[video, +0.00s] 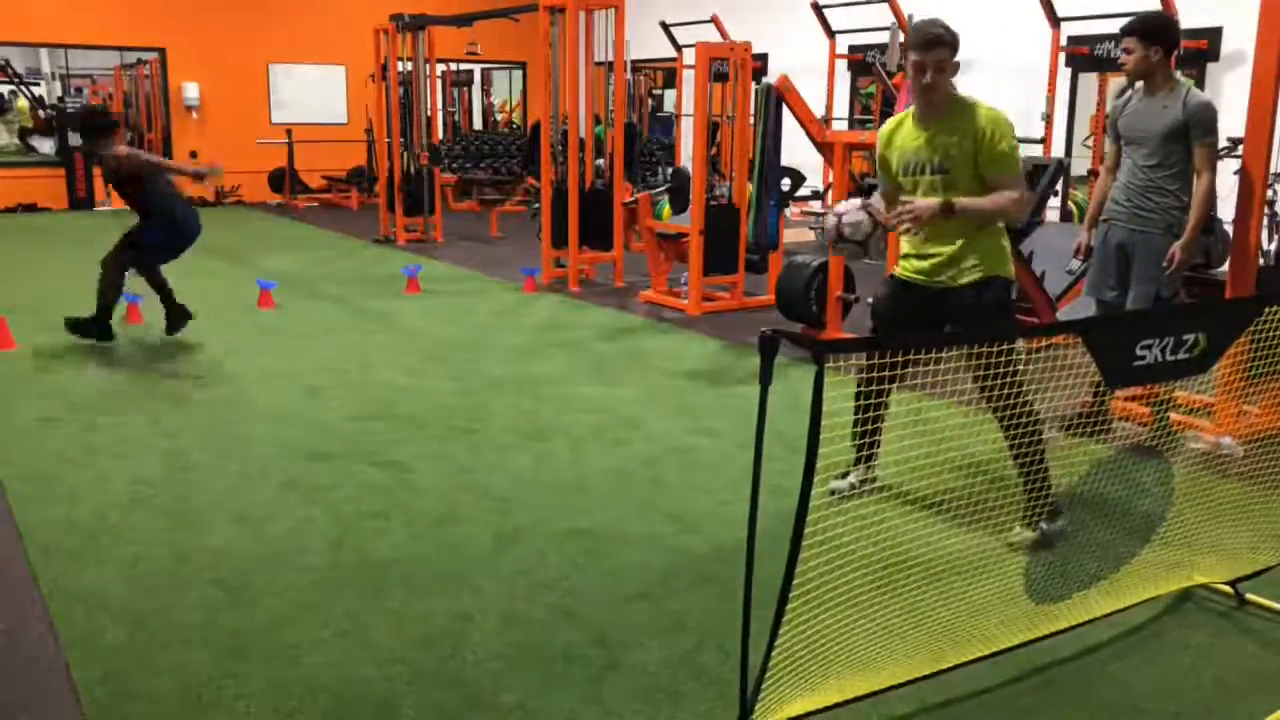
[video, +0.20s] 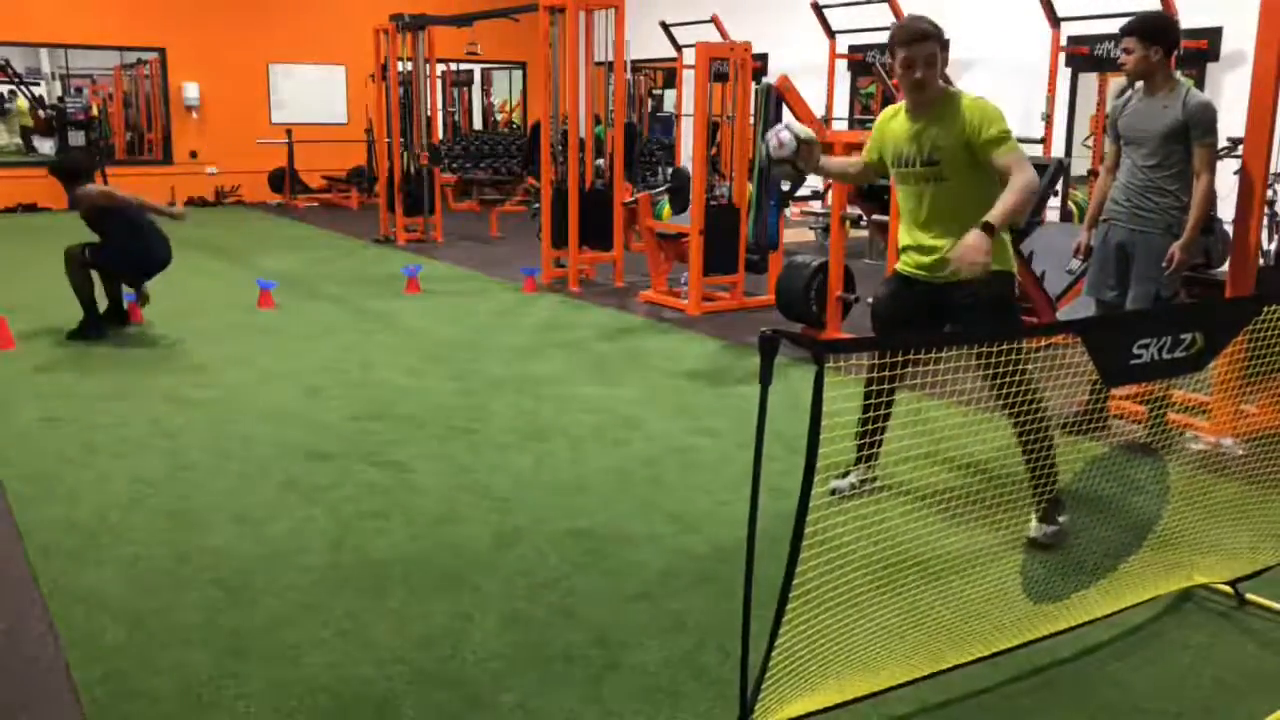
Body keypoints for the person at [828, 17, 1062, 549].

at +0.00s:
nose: (926, 79)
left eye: (936, 69)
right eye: (917, 68)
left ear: (954, 67)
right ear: (904, 67)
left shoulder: (986, 124)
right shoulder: (891, 134)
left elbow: (1017, 203)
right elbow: (890, 201)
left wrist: (946, 205)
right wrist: (872, 215)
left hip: (978, 279)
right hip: (912, 277)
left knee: (1002, 392)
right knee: (874, 373)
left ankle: (1043, 507)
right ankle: (863, 470)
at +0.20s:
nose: (912, 74)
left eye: (923, 64)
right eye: (902, 65)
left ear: (944, 63)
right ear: (892, 68)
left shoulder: (975, 114)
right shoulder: (888, 122)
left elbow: (1026, 179)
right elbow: (863, 170)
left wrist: (986, 230)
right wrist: (809, 160)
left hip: (981, 274)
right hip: (914, 273)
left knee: (1011, 386)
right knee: (882, 370)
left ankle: (1048, 502)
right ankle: (864, 468)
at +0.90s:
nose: (1066, 81)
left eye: (1076, 70)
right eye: (1053, 71)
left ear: (1092, 72)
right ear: (1036, 76)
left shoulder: (1127, 139)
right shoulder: (1009, 146)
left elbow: (1153, 229)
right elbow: (1011, 235)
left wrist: (1168, 307)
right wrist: (1096, 227)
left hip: (1092, 291)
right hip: (1018, 287)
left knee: (1090, 404)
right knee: (958, 373)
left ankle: (1057, 516)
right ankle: (923, 463)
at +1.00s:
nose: (1076, 65)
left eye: (1087, 55)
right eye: (1066, 55)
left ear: (1106, 59)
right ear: (1053, 60)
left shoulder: (1143, 129)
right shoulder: (1022, 132)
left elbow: (1162, 218)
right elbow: (988, 209)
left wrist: (1170, 299)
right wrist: (1033, 256)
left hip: (1108, 290)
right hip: (1032, 285)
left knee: (1090, 403)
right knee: (1001, 378)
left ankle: (1059, 512)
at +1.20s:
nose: (1072, 55)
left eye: (1085, 46)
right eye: (1070, 46)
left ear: (1120, 53)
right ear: (1069, 53)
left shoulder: (1162, 120)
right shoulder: (1055, 124)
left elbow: (1192, 209)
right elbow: (1011, 188)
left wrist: (1181, 289)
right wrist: (978, 232)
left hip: (1136, 288)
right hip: (1077, 288)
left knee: (1093, 405)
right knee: (1121, 401)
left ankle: (1060, 519)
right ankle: (1163, 485)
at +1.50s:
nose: (1077, 59)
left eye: (1086, 48)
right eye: (1079, 48)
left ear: (1118, 54)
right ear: (1112, 55)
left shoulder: (1156, 112)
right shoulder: (1117, 117)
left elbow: (1187, 203)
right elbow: (1129, 215)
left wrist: (1135, 275)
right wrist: (1086, 258)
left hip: (1162, 282)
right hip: (1142, 279)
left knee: (1114, 393)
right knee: (1155, 388)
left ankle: (1131, 513)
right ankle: (1176, 489)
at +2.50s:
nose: (1105, 51)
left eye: (1109, 43)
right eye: (1108, 42)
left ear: (1121, 50)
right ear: (1169, 55)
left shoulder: (1104, 117)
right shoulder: (1182, 124)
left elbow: (1081, 208)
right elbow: (1197, 199)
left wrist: (1043, 234)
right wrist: (1154, 231)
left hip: (1106, 278)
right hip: (1149, 276)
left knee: (1121, 394)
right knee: (1126, 382)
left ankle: (1132, 519)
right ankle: (1135, 466)